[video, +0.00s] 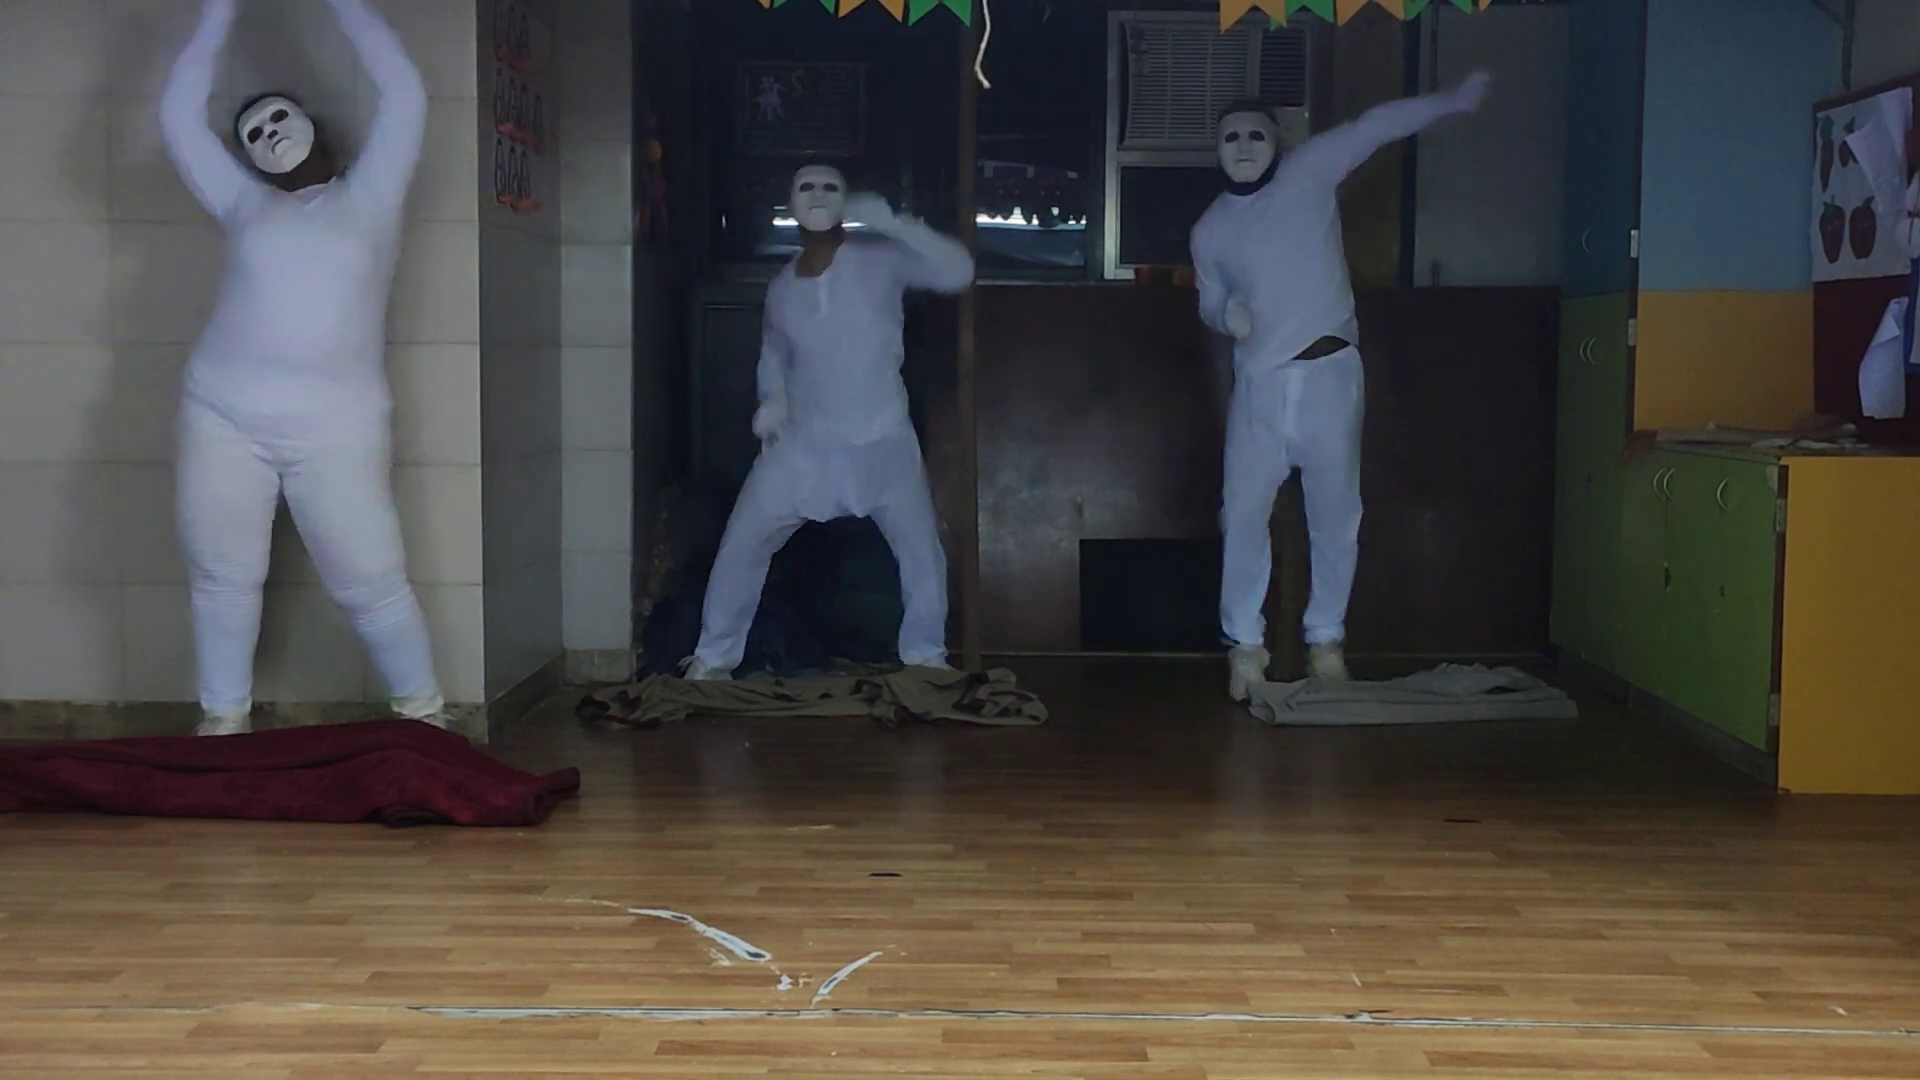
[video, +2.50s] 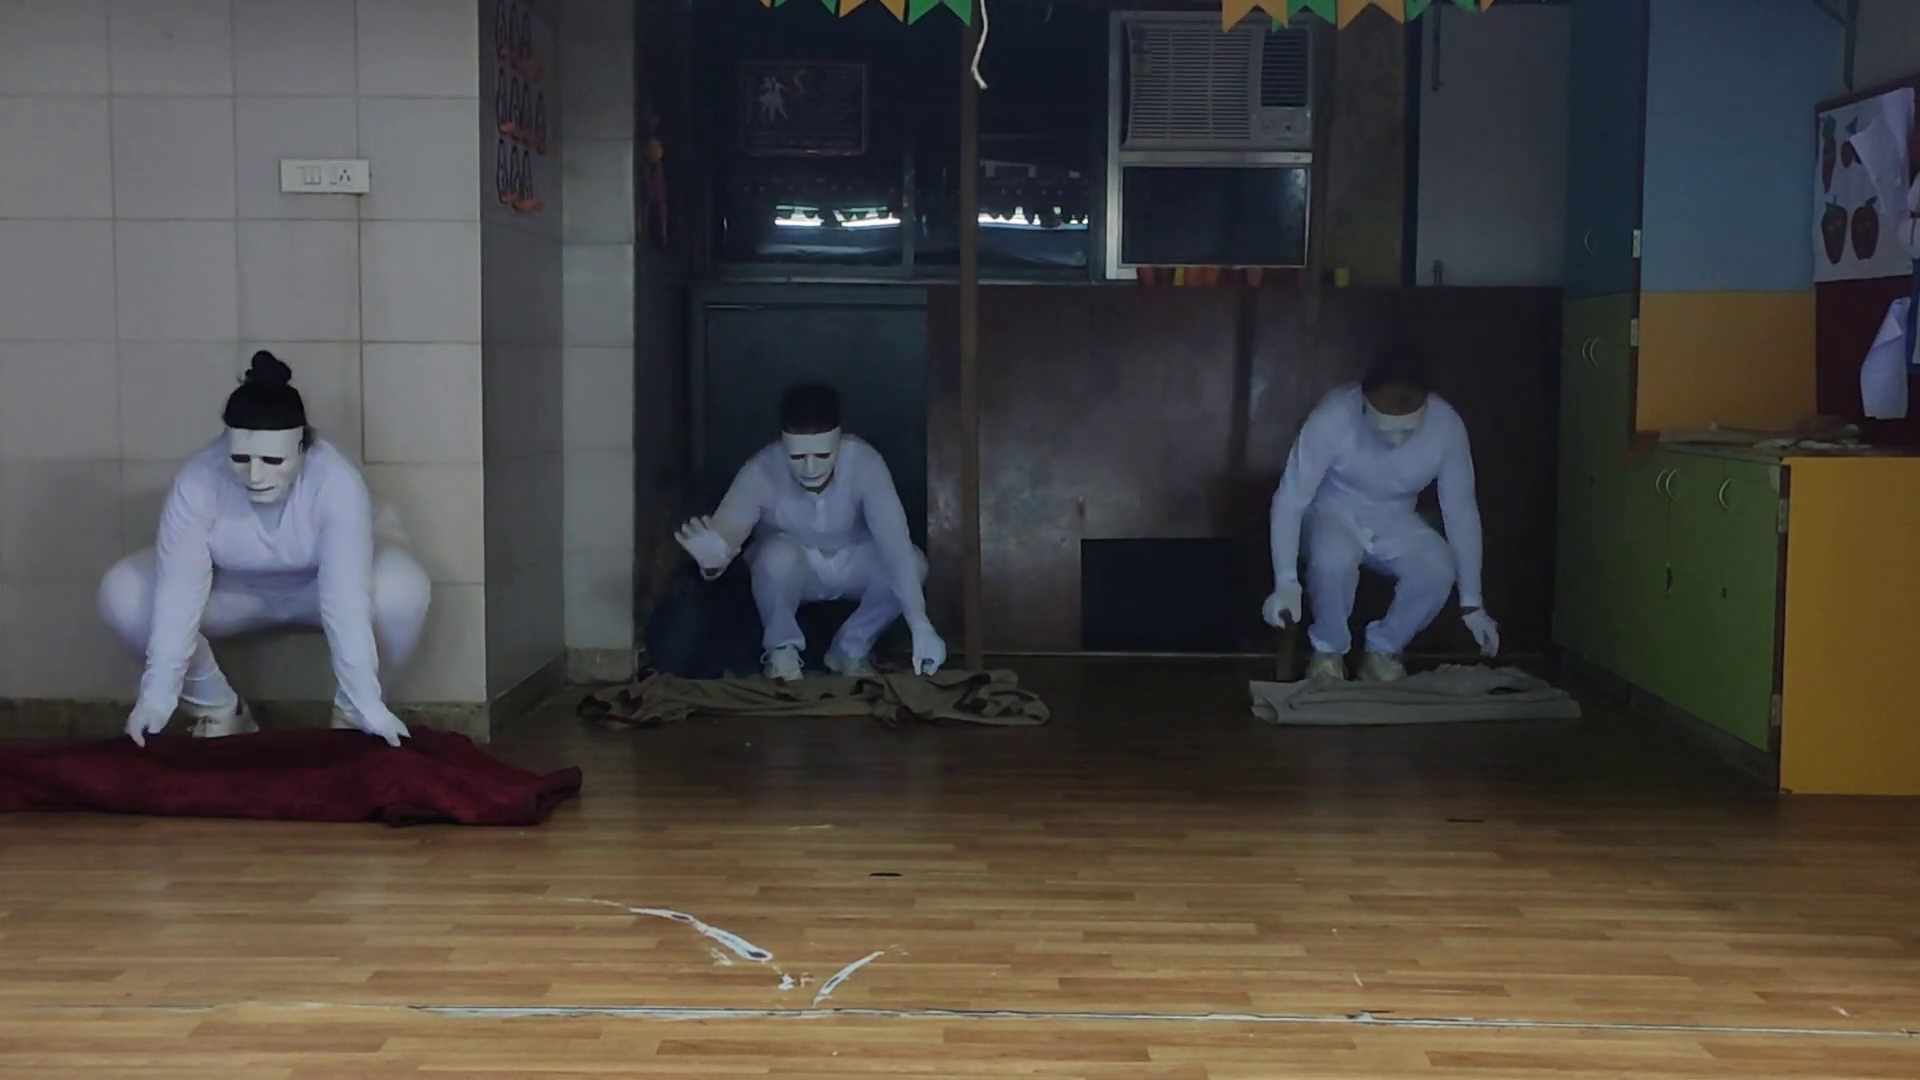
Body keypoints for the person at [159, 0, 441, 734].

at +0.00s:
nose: (270, 129)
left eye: (279, 114)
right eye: (256, 129)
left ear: (312, 120)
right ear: (249, 154)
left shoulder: (367, 199)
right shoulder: (245, 206)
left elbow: (403, 94)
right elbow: (180, 117)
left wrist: (349, 9)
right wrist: (216, 19)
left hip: (336, 424)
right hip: (226, 421)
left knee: (372, 583)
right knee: (224, 580)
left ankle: (424, 719)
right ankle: (222, 726)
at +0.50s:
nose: (333, 161)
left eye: (352, 163)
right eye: (330, 144)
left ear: (363, 183)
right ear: (304, 143)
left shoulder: (377, 239)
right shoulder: (244, 237)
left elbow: (429, 338)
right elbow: (217, 341)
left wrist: (462, 431)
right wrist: (182, 436)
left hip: (395, 428)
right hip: (290, 442)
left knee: (407, 578)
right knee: (239, 580)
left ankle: (414, 715)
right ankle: (231, 716)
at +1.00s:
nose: (231, 153)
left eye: (238, 136)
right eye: (214, 152)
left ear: (271, 138)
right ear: (209, 173)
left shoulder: (350, 221)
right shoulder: (205, 239)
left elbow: (440, 269)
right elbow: (149, 323)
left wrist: (509, 253)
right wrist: (55, 347)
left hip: (327, 430)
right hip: (213, 432)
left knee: (374, 569)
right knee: (214, 580)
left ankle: (391, 716)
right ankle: (230, 720)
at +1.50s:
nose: (262, 131)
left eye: (278, 118)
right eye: (247, 118)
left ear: (303, 126)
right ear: (229, 126)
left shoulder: (348, 209)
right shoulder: (204, 200)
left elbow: (389, 303)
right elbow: (113, 173)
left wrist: (411, 385)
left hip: (338, 410)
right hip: (233, 413)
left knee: (339, 569)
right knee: (233, 571)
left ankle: (350, 715)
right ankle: (235, 711)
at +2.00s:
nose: (288, 338)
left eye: (302, 324)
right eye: (274, 323)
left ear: (328, 305)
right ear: (257, 307)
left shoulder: (369, 351)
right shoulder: (225, 338)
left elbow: (376, 463)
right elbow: (156, 413)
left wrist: (382, 564)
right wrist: (163, 458)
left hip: (330, 499)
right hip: (231, 494)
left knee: (377, 592)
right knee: (154, 587)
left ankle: (354, 715)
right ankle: (222, 718)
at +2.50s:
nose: (256, 476)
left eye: (273, 460)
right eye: (241, 459)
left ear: (301, 449)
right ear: (227, 448)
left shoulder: (338, 486)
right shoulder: (197, 486)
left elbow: (345, 601)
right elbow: (179, 597)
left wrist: (365, 703)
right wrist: (155, 697)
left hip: (320, 589)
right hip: (233, 593)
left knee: (402, 587)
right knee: (126, 591)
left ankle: (352, 711)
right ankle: (219, 712)